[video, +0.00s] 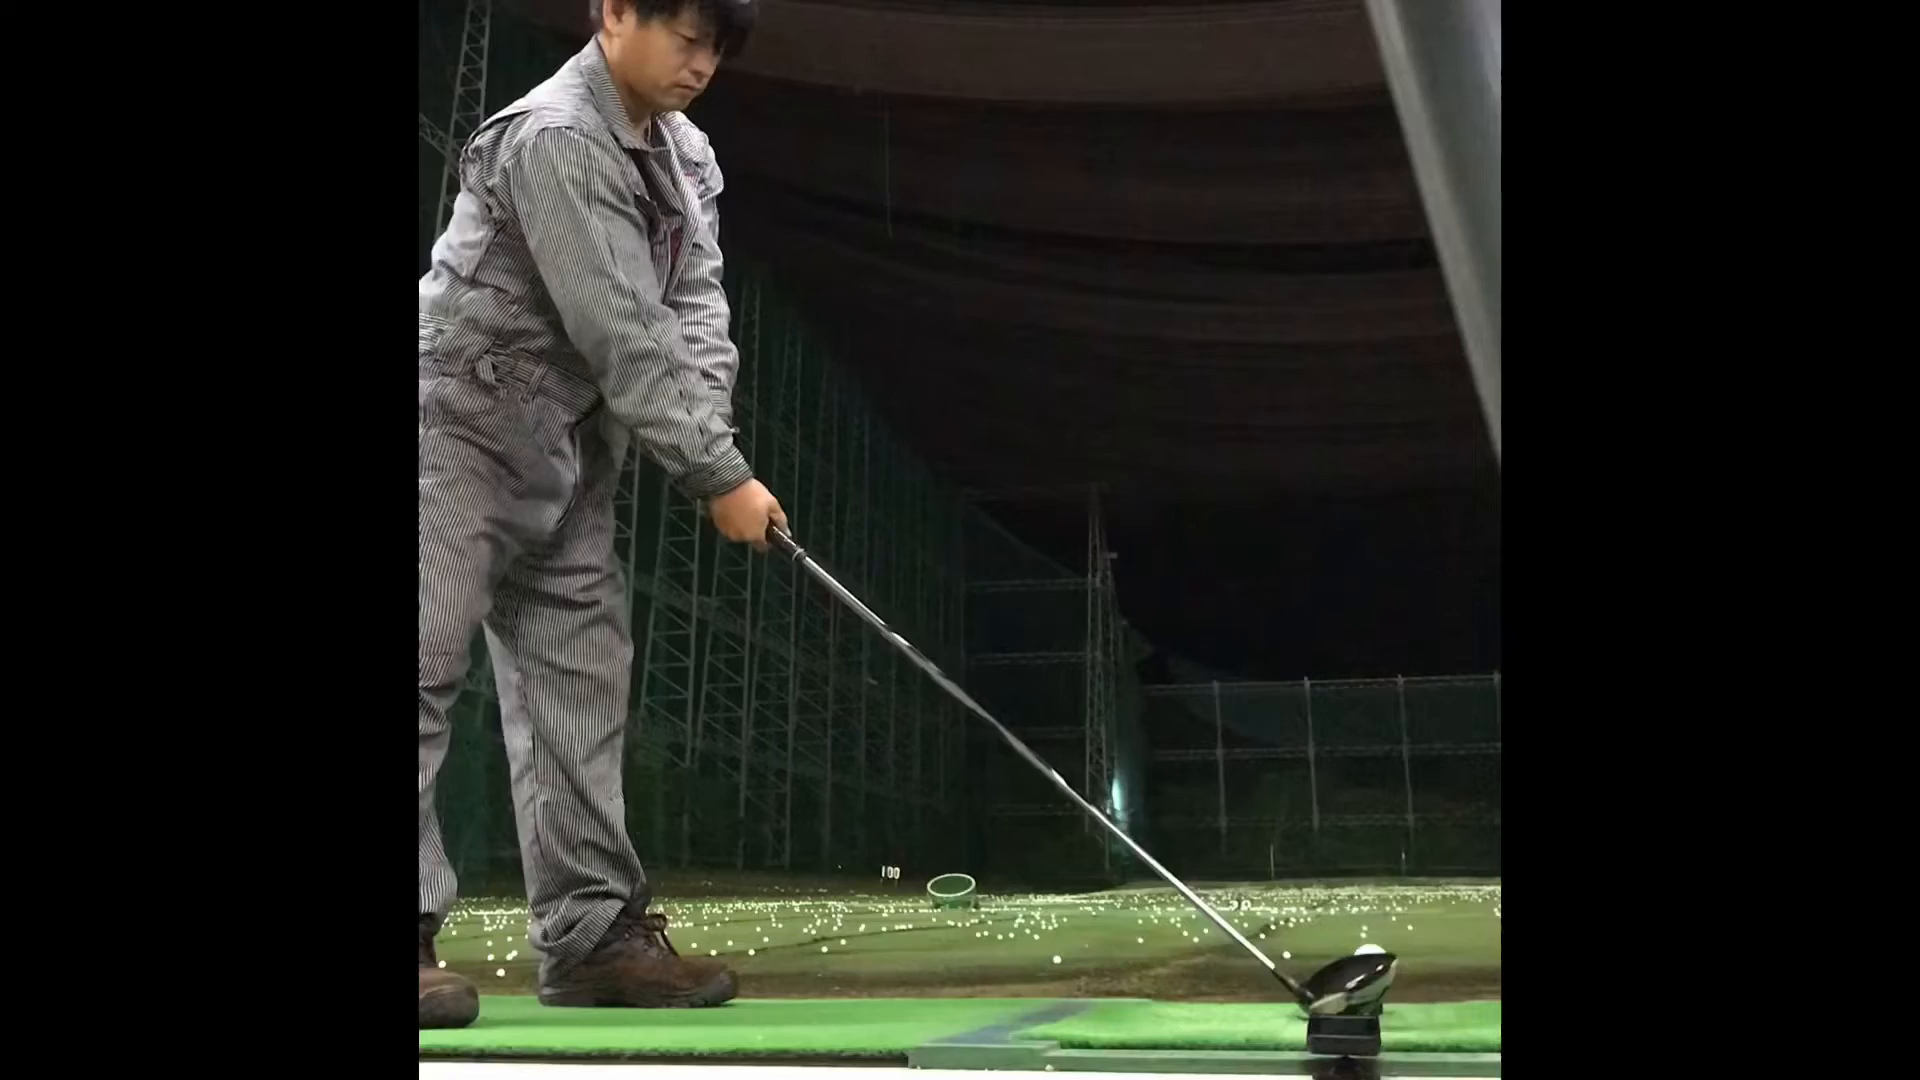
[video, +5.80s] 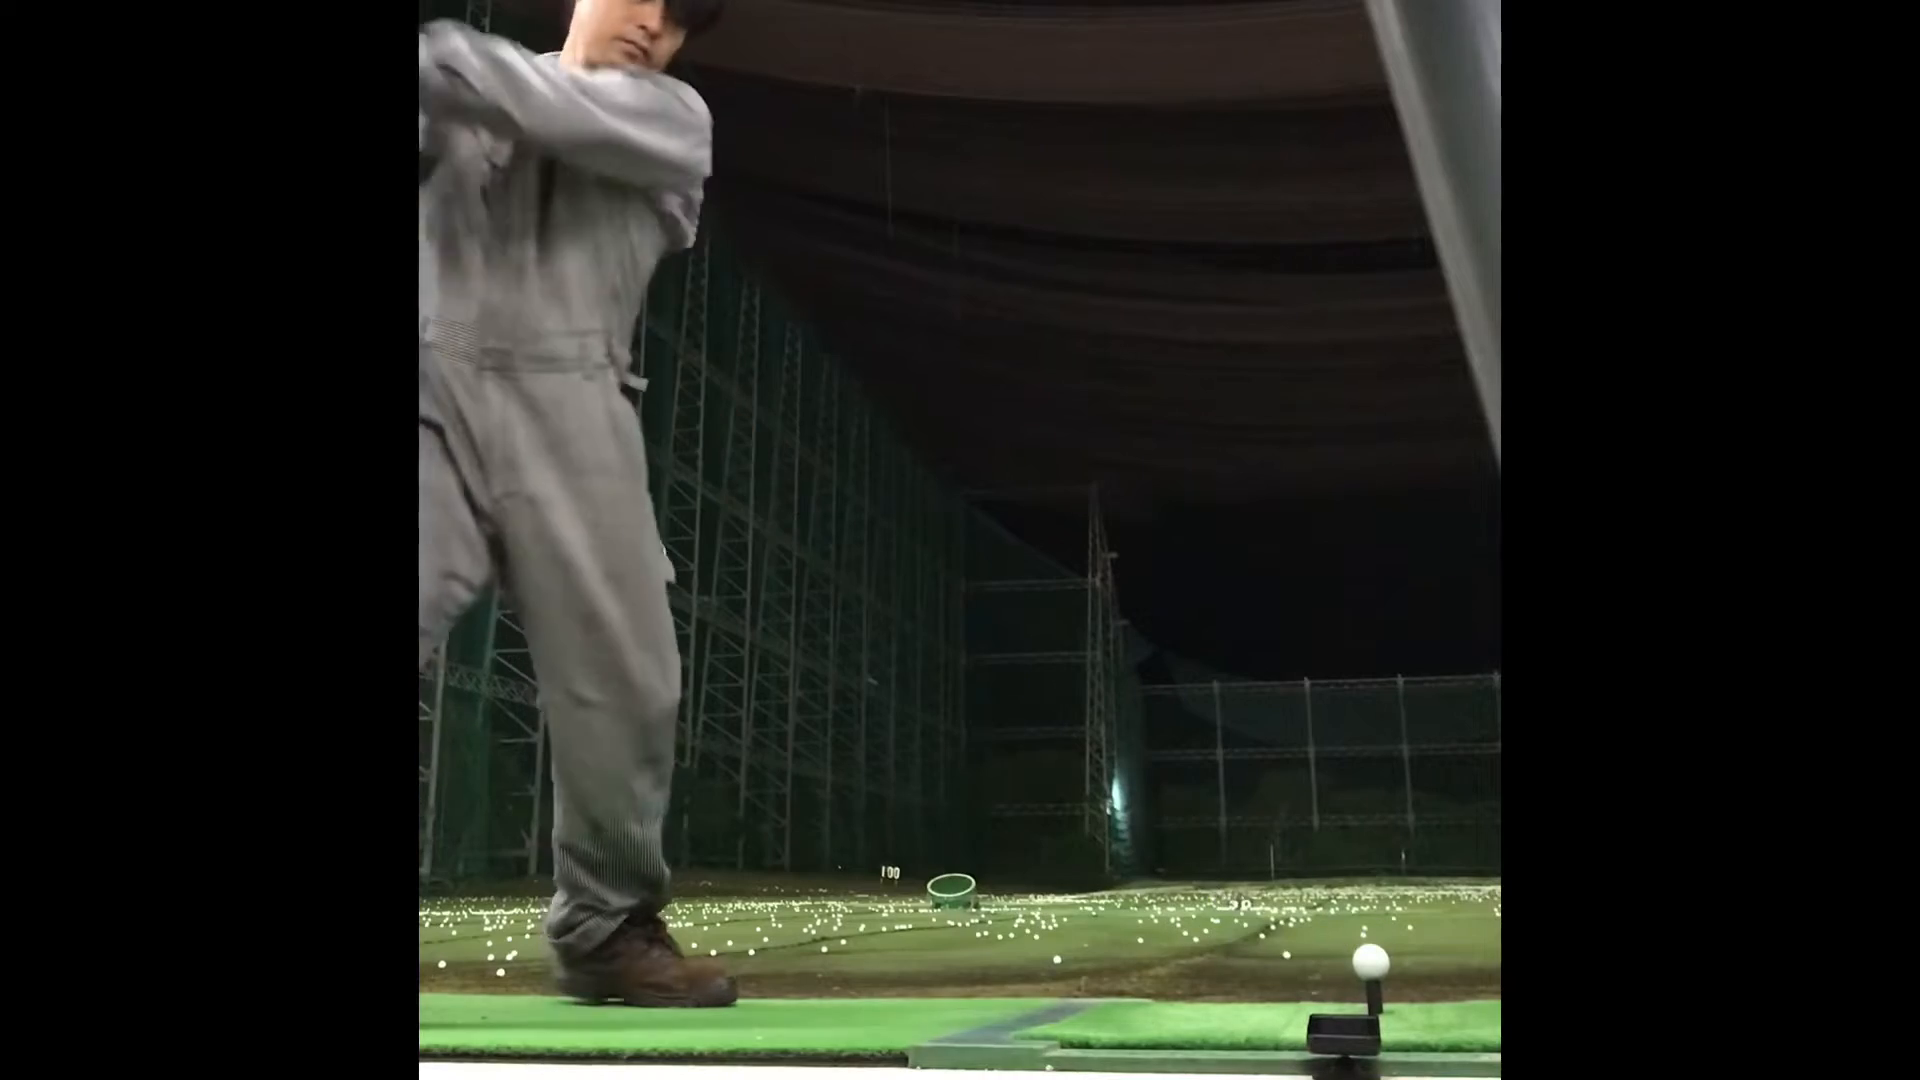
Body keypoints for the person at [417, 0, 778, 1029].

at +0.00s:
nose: (704, 64)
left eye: (717, 45)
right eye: (685, 37)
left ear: (725, 50)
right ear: (615, 19)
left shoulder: (688, 152)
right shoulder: (555, 137)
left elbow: (702, 309)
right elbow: (618, 330)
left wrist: (701, 439)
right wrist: (720, 477)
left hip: (570, 450)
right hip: (458, 427)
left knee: (576, 680)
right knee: (431, 675)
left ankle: (590, 938)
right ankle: (416, 946)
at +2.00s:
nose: (688, 22)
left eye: (692, 6)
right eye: (667, 3)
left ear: (687, 19)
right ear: (593, 9)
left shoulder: (677, 127)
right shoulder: (552, 122)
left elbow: (705, 288)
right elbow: (629, 307)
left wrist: (720, 432)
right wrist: (733, 449)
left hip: (582, 447)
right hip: (468, 437)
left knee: (586, 685)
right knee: (424, 682)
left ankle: (595, 939)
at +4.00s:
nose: (684, 27)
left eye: (693, 11)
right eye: (662, 8)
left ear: (695, 22)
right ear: (590, 10)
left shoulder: (681, 130)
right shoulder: (553, 125)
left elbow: (706, 287)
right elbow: (626, 309)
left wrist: (709, 417)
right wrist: (727, 453)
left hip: (583, 457)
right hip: (469, 442)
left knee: (606, 676)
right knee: (423, 664)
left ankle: (601, 935)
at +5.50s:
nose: (659, 28)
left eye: (672, 15)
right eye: (642, 4)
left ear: (674, 34)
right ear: (578, 3)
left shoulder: (675, 133)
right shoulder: (498, 111)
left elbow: (692, 264)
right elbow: (574, 277)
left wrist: (695, 385)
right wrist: (684, 405)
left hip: (602, 447)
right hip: (465, 433)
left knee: (621, 677)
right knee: (428, 679)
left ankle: (598, 936)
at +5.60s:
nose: (653, 30)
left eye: (670, 20)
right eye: (638, 5)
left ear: (673, 42)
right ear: (574, 2)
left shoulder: (682, 132)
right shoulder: (469, 105)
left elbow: (680, 240)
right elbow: (512, 236)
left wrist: (645, 335)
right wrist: (590, 342)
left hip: (604, 428)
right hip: (460, 421)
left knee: (629, 677)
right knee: (420, 656)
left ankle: (600, 935)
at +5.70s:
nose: (653, 33)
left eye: (672, 26)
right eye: (639, 7)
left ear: (676, 48)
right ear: (577, 2)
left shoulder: (685, 130)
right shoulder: (454, 95)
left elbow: (620, 194)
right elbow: (440, 178)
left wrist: (492, 228)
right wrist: (446, 225)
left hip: (591, 430)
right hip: (441, 413)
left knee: (634, 683)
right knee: (416, 640)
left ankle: (601, 936)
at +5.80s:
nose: (651, 30)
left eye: (672, 24)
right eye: (636, 5)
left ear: (678, 47)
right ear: (578, 4)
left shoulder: (677, 120)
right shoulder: (472, 84)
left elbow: (556, 108)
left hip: (572, 405)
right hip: (435, 386)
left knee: (624, 673)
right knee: (420, 620)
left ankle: (607, 930)